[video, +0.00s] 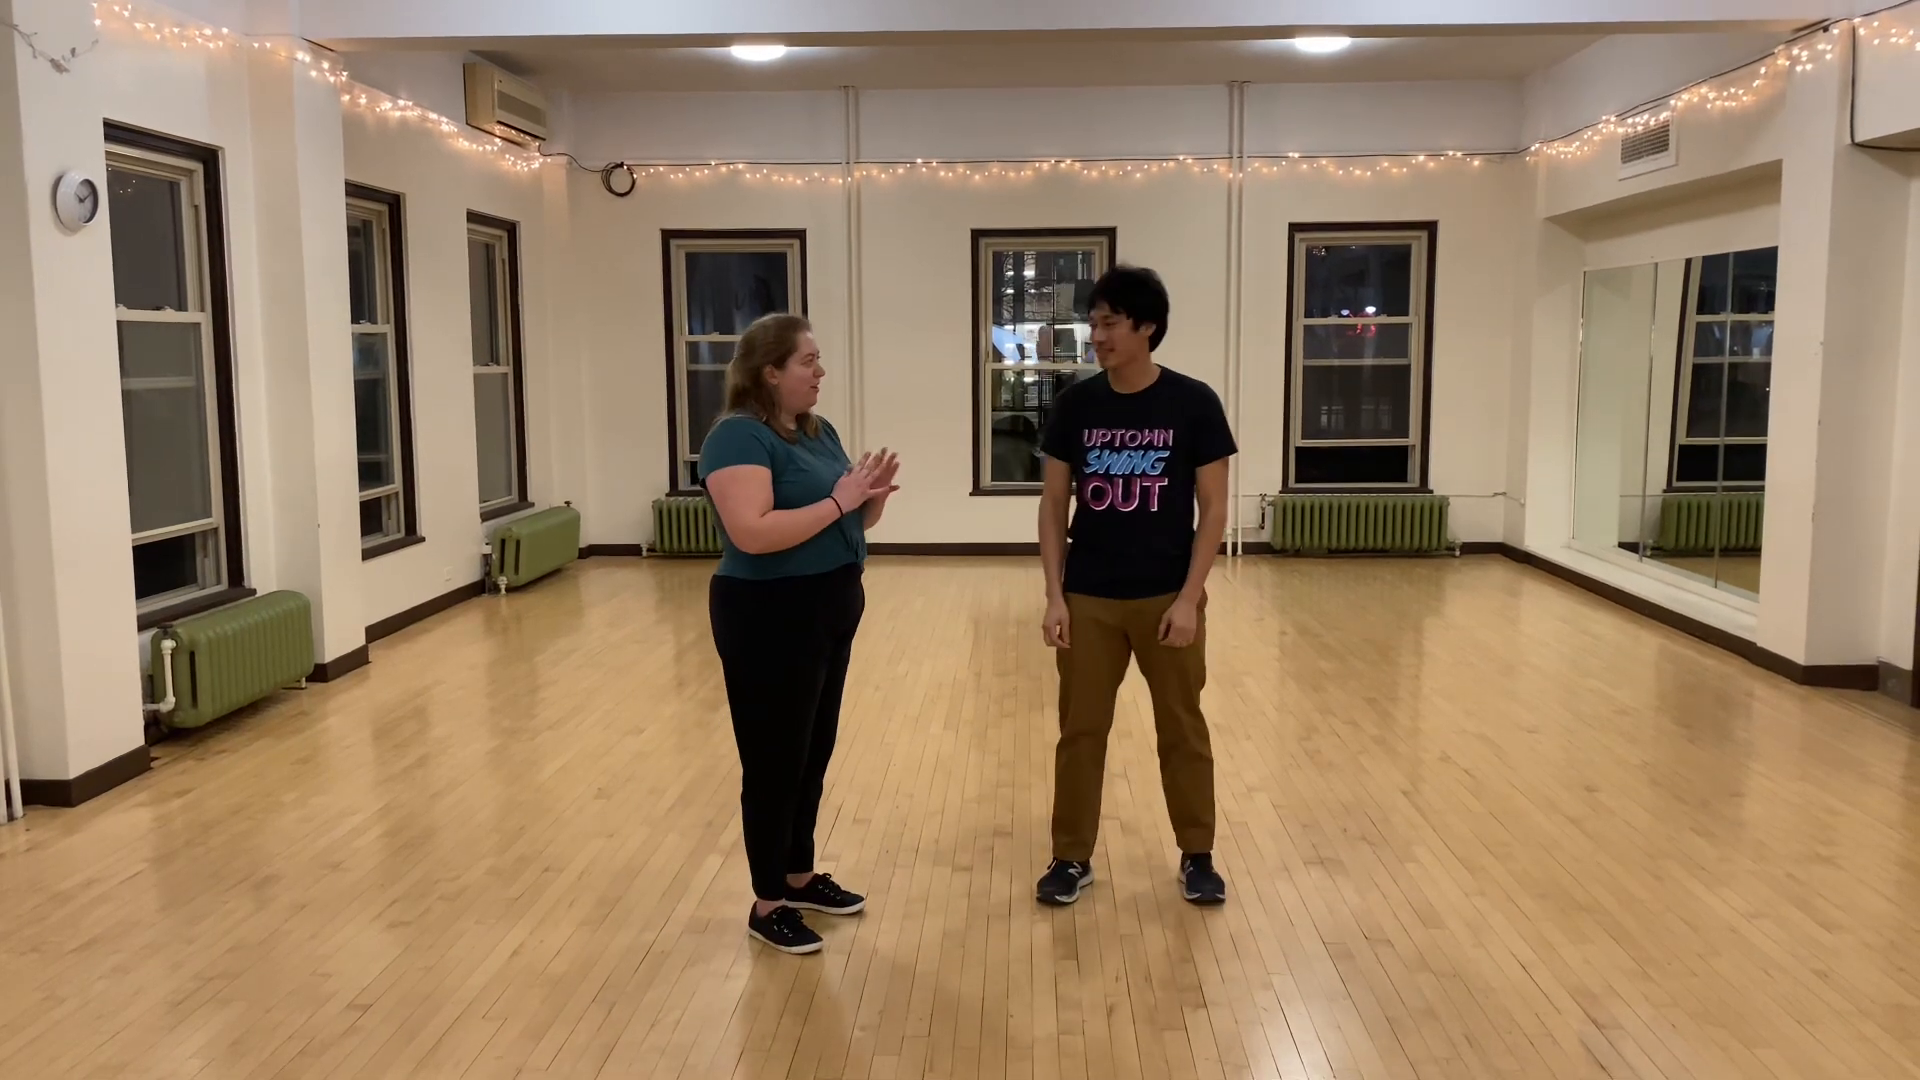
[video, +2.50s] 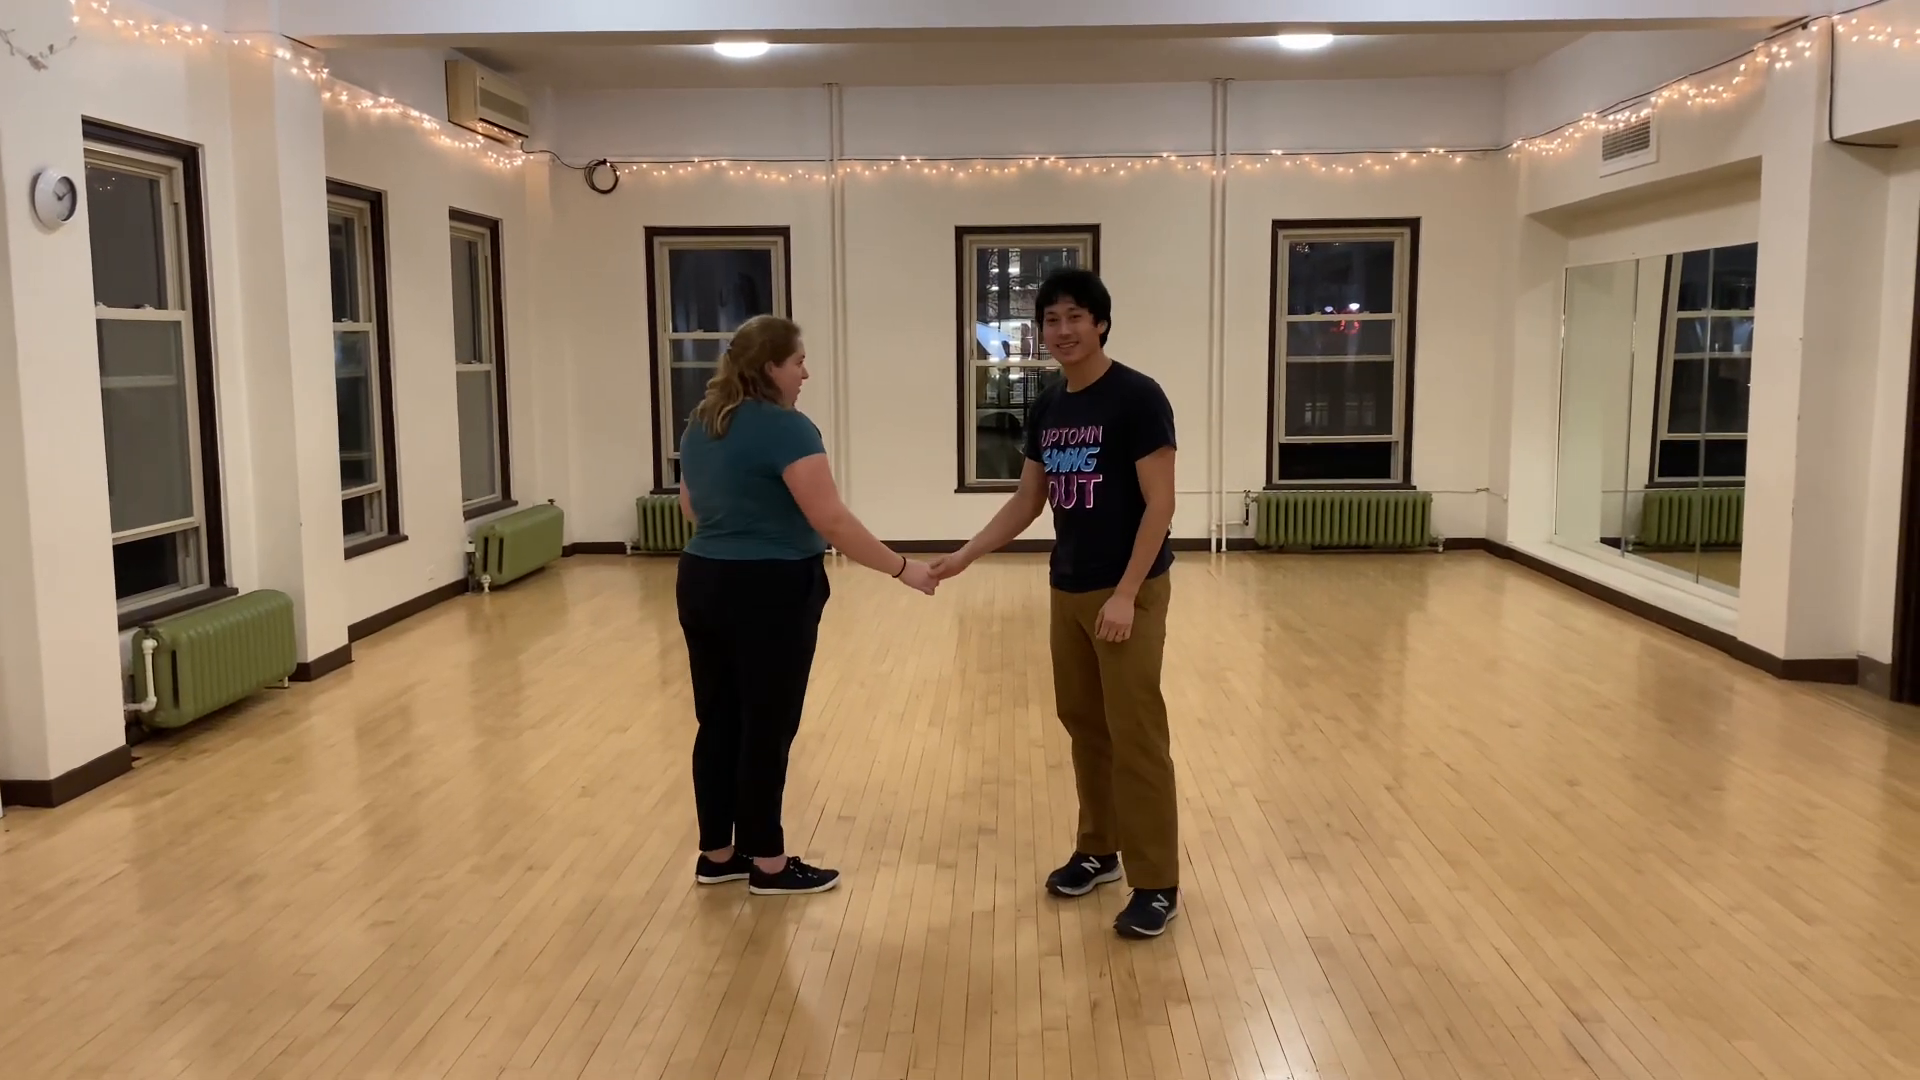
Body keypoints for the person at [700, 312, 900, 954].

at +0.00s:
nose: (820, 372)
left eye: (819, 361)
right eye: (808, 362)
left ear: (806, 372)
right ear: (769, 372)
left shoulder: (820, 434)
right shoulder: (735, 438)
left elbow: (850, 528)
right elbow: (751, 534)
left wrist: (872, 500)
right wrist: (836, 503)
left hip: (824, 608)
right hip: (762, 614)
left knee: (812, 750)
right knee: (773, 757)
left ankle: (797, 877)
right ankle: (767, 904)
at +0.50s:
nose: (821, 379)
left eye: (821, 367)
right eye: (812, 367)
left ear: (795, 373)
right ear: (774, 372)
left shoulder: (802, 431)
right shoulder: (739, 436)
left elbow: (827, 514)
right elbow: (758, 534)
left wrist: (860, 488)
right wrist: (844, 503)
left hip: (812, 609)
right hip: (761, 615)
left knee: (802, 750)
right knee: (774, 757)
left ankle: (795, 875)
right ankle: (768, 903)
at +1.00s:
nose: (824, 386)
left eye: (824, 375)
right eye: (817, 374)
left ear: (778, 374)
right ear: (786, 376)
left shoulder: (744, 430)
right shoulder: (771, 440)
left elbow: (764, 519)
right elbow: (816, 543)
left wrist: (826, 492)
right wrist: (886, 526)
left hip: (750, 604)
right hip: (748, 613)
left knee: (768, 740)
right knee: (752, 750)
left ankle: (776, 855)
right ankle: (760, 903)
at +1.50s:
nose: (797, 383)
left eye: (797, 372)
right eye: (792, 371)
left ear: (752, 374)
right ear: (759, 373)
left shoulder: (723, 429)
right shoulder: (746, 439)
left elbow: (746, 509)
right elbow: (786, 534)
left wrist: (802, 483)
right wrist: (865, 530)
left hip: (719, 592)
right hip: (747, 602)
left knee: (730, 723)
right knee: (771, 735)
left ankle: (725, 851)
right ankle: (768, 885)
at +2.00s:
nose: (799, 374)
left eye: (797, 363)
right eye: (792, 364)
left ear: (739, 368)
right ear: (763, 368)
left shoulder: (704, 423)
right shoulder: (771, 427)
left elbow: (732, 494)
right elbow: (825, 516)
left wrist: (802, 475)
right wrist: (903, 549)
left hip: (701, 586)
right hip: (762, 590)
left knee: (718, 719)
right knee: (771, 725)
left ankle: (722, 852)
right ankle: (775, 859)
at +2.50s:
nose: (805, 372)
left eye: (803, 361)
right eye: (798, 362)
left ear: (744, 367)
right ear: (768, 367)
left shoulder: (701, 424)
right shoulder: (787, 427)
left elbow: (691, 505)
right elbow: (830, 519)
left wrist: (744, 527)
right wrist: (901, 567)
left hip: (705, 584)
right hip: (776, 588)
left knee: (717, 719)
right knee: (769, 724)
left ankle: (717, 852)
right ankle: (768, 862)